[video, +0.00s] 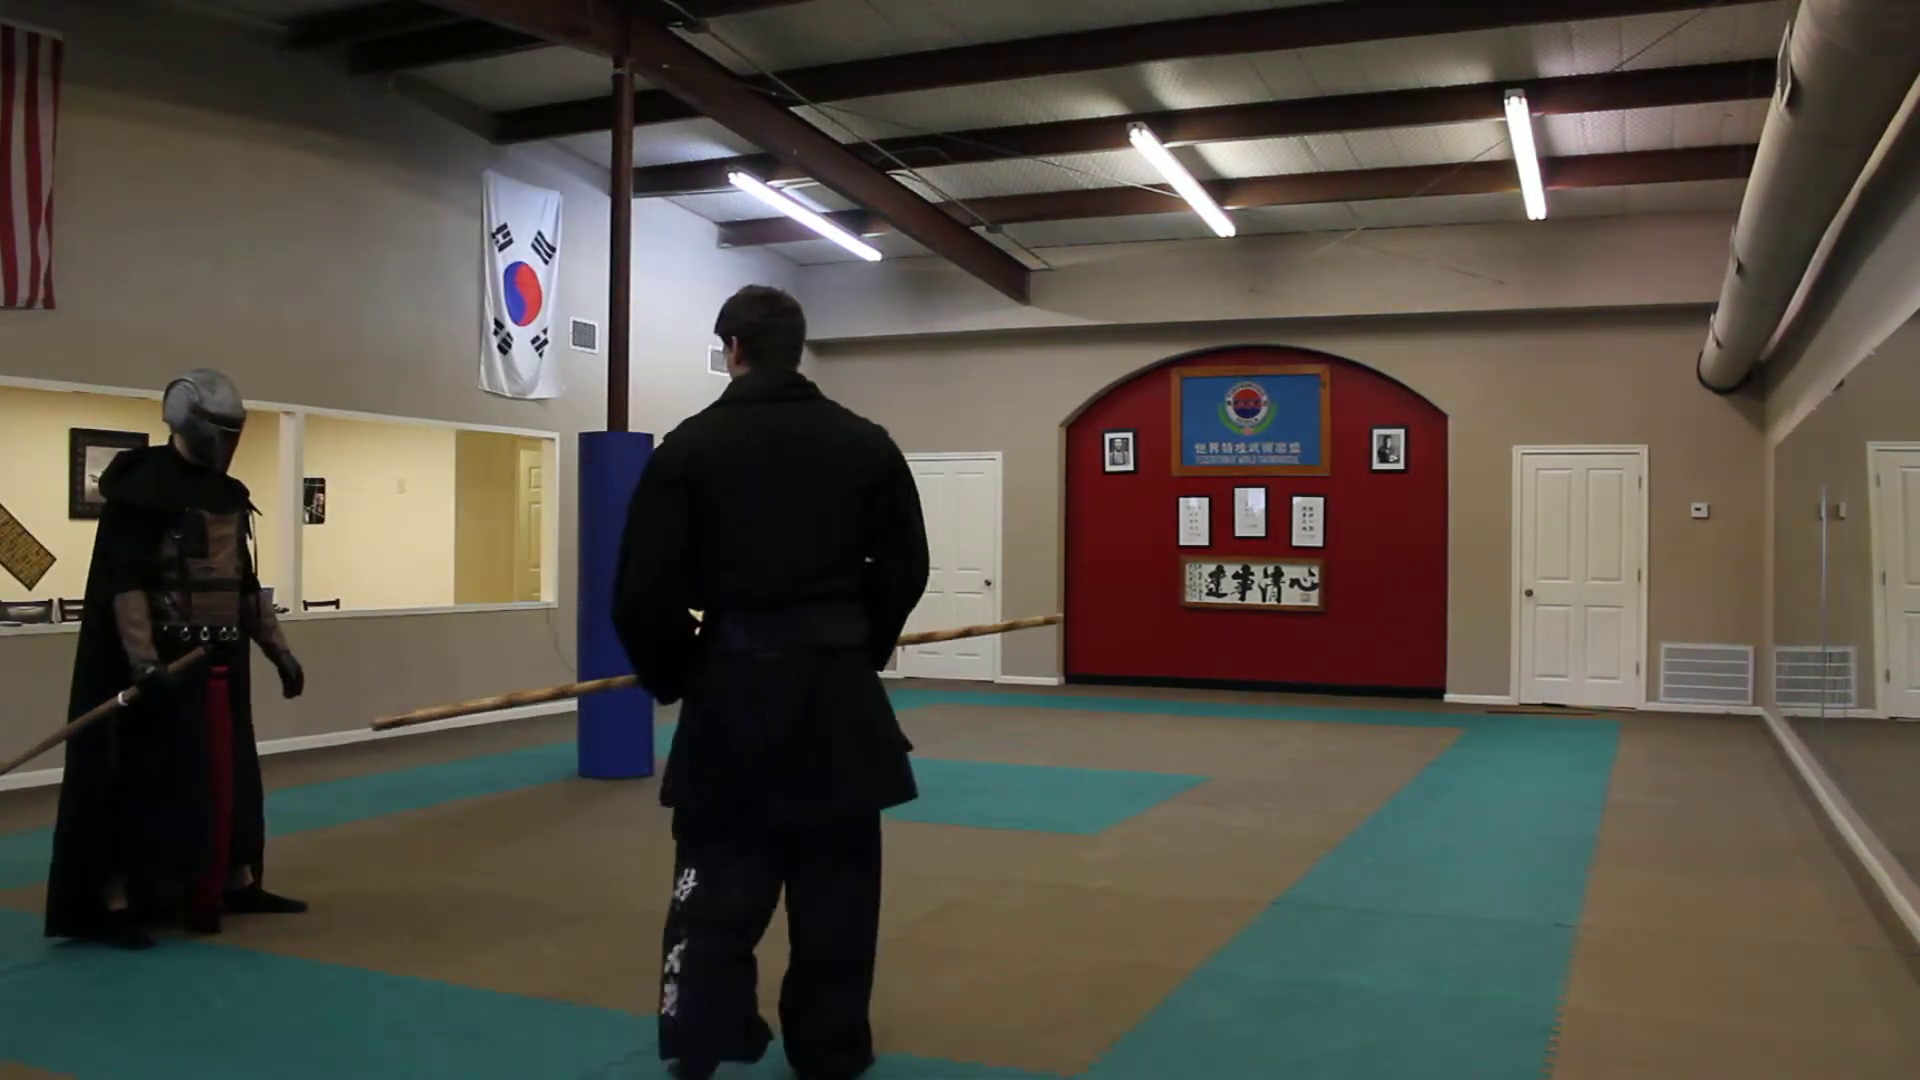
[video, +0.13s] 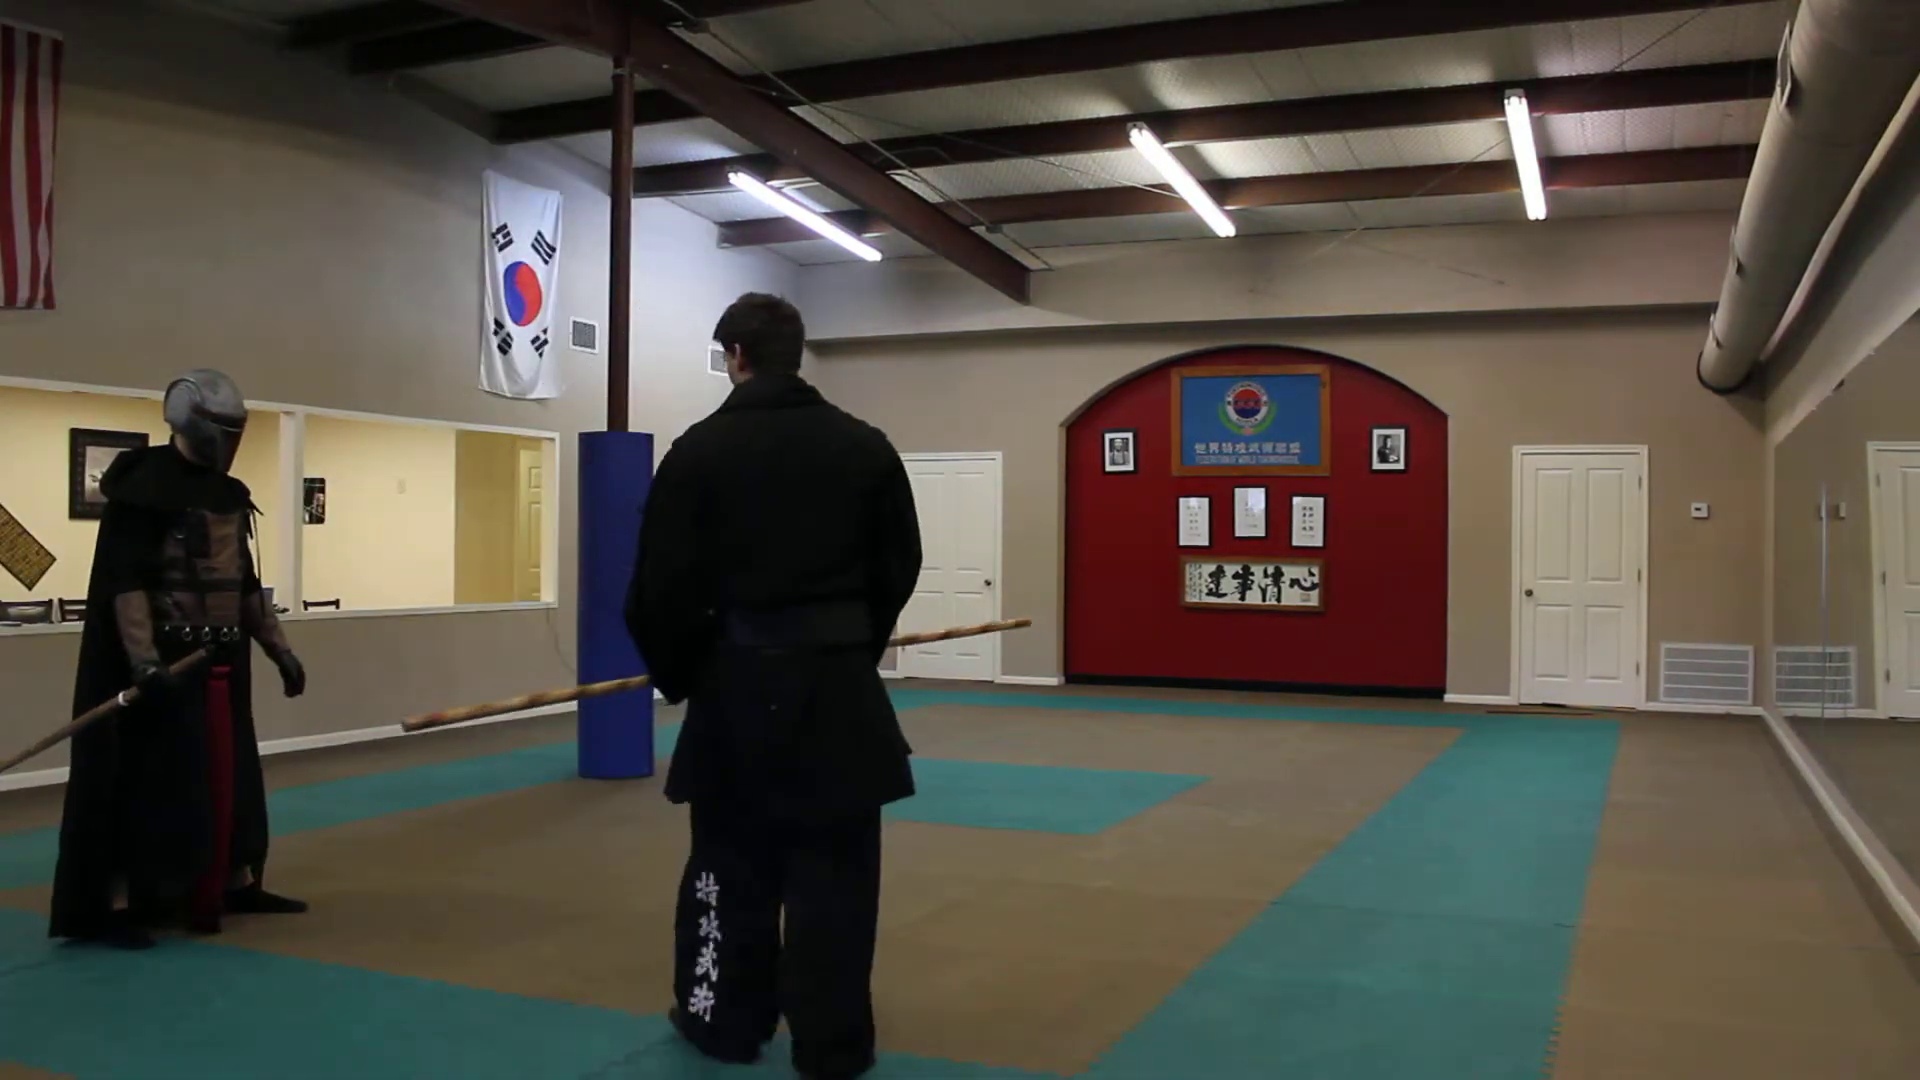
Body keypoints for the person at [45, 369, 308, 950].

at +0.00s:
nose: (232, 439)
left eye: (235, 428)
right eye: (222, 428)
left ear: (232, 428)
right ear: (185, 424)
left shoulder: (228, 497)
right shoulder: (142, 484)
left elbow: (244, 587)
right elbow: (125, 579)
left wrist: (280, 651)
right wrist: (143, 659)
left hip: (217, 667)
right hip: (151, 665)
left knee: (231, 772)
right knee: (134, 780)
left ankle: (235, 885)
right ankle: (116, 903)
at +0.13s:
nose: (234, 439)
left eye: (236, 428)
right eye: (224, 428)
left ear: (229, 427)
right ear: (188, 424)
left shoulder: (229, 495)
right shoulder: (143, 482)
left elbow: (245, 586)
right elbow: (125, 578)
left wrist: (281, 649)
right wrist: (143, 659)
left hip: (219, 664)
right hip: (154, 663)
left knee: (231, 772)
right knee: (138, 781)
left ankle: (233, 886)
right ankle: (117, 905)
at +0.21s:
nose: (234, 439)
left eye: (237, 428)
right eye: (224, 428)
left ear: (232, 427)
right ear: (188, 424)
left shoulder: (229, 494)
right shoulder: (143, 482)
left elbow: (244, 586)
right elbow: (127, 579)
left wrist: (281, 649)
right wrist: (143, 658)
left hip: (218, 664)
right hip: (153, 664)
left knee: (230, 773)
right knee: (137, 782)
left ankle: (231, 887)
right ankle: (112, 908)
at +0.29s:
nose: (234, 439)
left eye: (237, 428)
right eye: (224, 428)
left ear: (234, 427)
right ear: (188, 424)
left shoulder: (230, 495)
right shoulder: (144, 483)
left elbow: (244, 585)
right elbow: (127, 580)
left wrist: (281, 650)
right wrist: (145, 658)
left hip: (219, 664)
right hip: (154, 664)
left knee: (229, 774)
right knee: (142, 781)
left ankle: (230, 887)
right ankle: (120, 907)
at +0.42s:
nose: (235, 440)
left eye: (238, 429)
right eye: (225, 428)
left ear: (236, 427)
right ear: (189, 424)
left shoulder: (231, 494)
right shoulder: (144, 480)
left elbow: (245, 585)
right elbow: (128, 578)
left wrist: (282, 650)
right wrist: (148, 657)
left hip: (219, 663)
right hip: (152, 663)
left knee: (228, 775)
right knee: (141, 782)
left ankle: (231, 888)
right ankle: (120, 912)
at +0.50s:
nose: (234, 439)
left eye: (238, 428)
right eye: (224, 427)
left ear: (238, 426)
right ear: (188, 424)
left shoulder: (231, 494)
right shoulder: (145, 480)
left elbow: (244, 584)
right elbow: (129, 578)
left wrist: (281, 649)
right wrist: (151, 658)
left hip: (219, 663)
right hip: (152, 662)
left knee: (229, 774)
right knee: (141, 782)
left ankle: (232, 888)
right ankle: (121, 911)